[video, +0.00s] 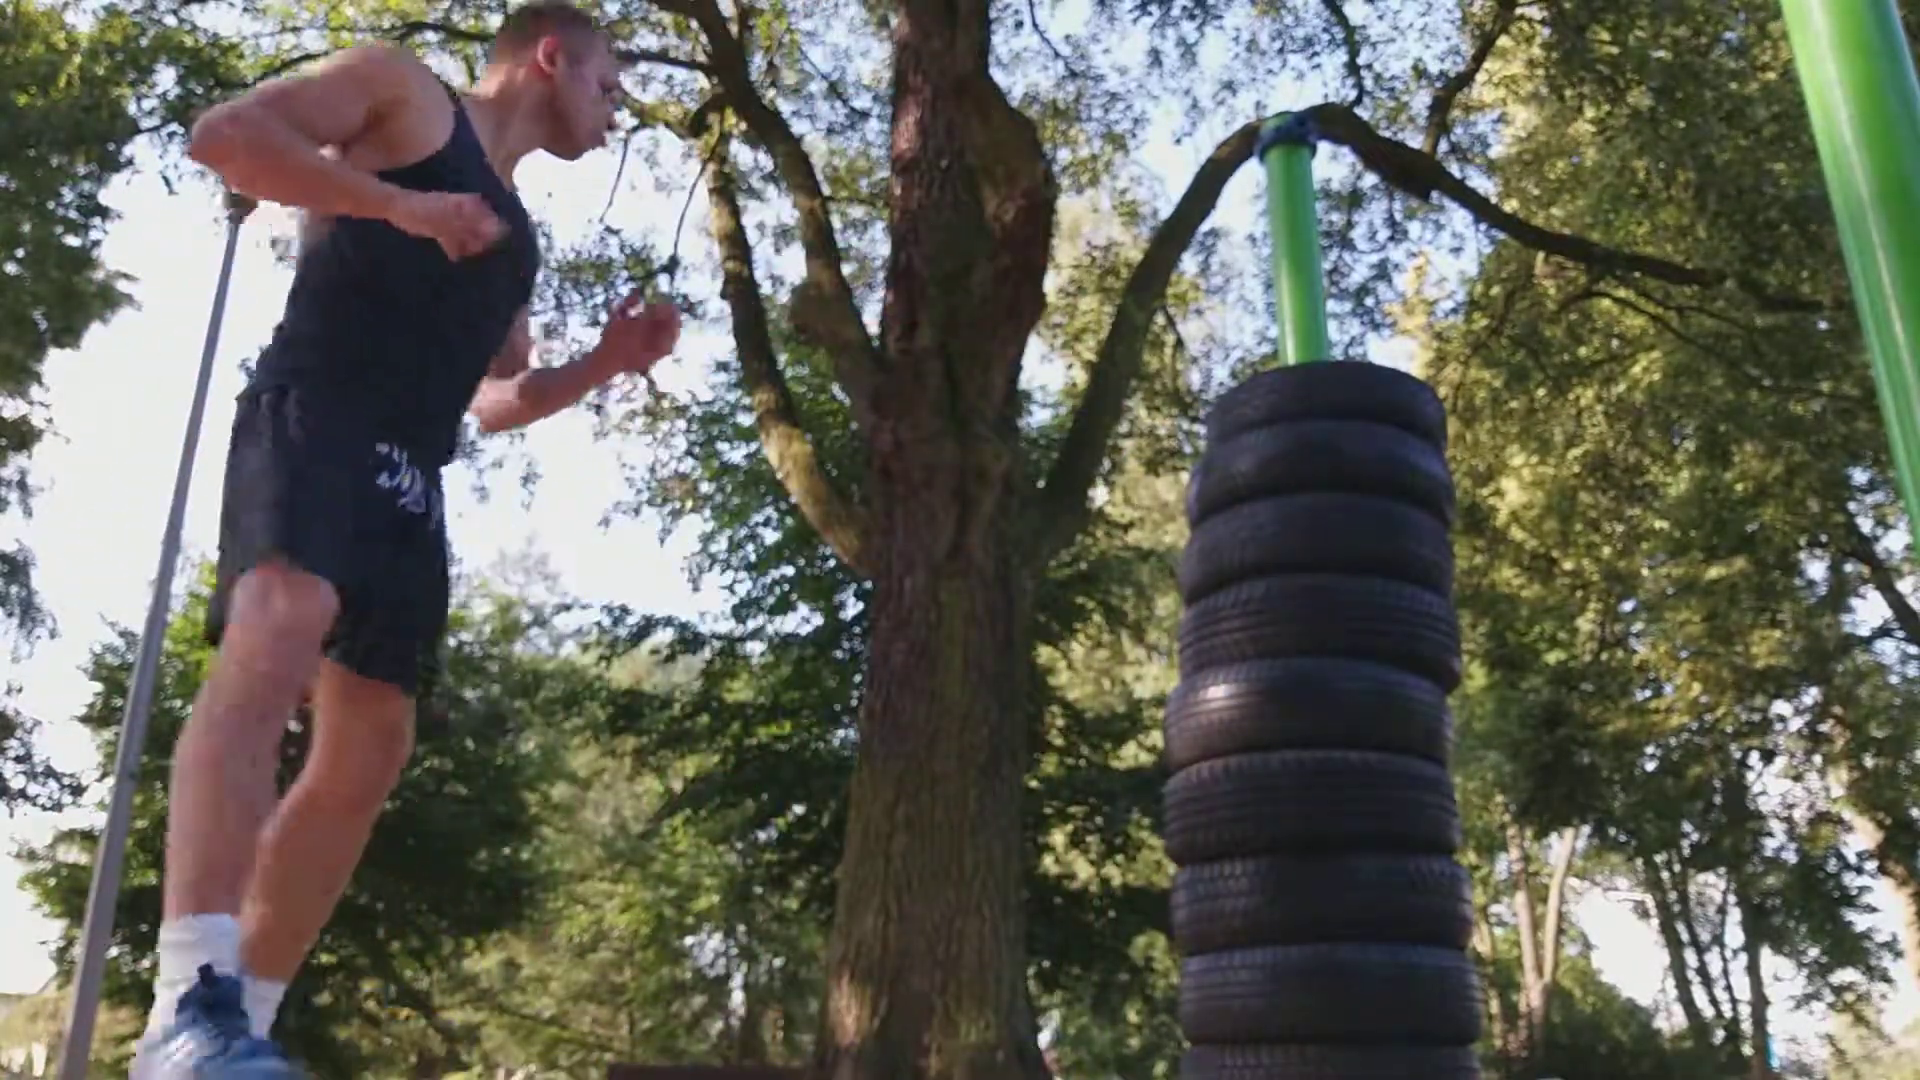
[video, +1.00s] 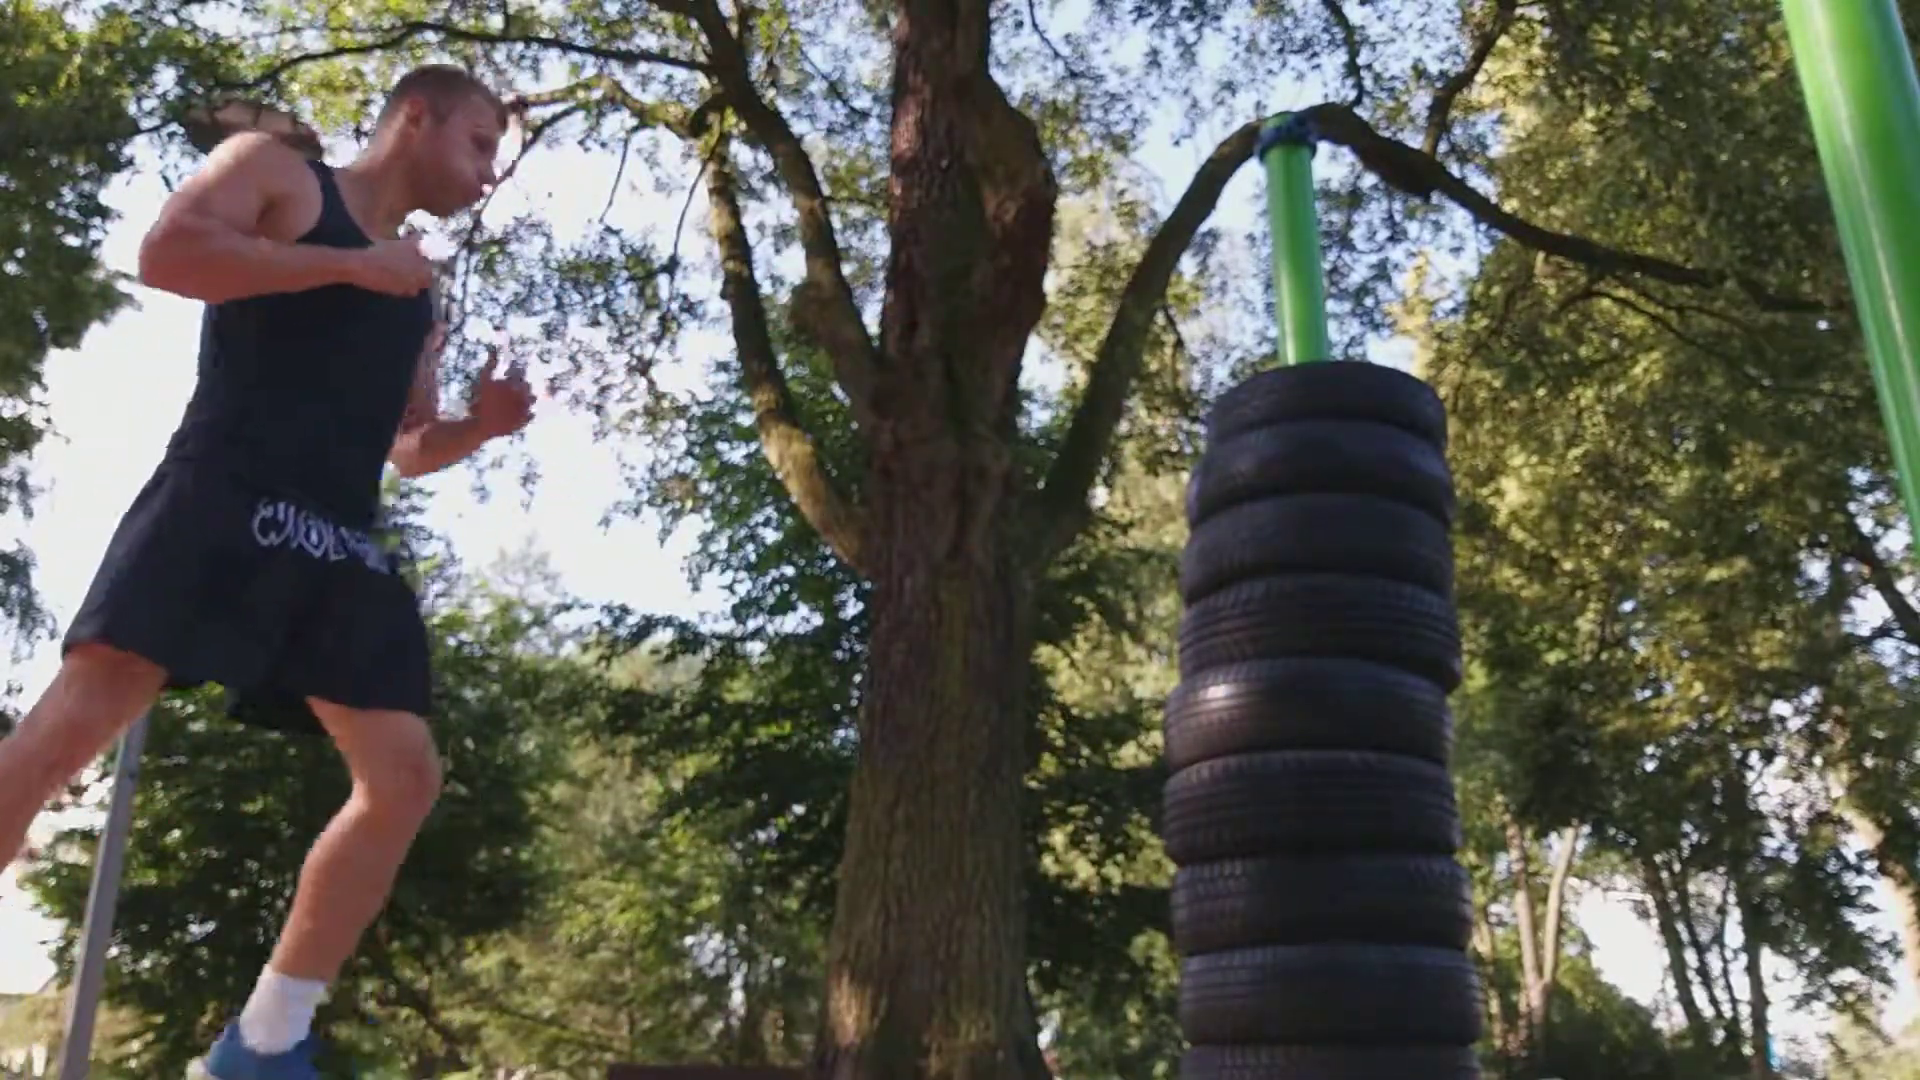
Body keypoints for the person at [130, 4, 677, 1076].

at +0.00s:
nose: (620, 99)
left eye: (622, 83)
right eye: (610, 73)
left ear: (553, 70)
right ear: (549, 58)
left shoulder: (517, 243)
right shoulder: (402, 84)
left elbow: (495, 398)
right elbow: (227, 135)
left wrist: (602, 362)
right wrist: (401, 202)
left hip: (410, 477)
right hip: (311, 422)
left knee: (363, 755)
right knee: (272, 648)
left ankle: (239, 1029)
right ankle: (190, 1008)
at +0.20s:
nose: (538, 101)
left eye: (544, 84)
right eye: (532, 72)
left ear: (476, 59)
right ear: (469, 44)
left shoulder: (430, 196)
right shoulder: (348, 65)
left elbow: (370, 380)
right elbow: (221, 115)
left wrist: (485, 367)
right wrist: (402, 186)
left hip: (349, 475)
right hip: (243, 430)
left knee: (357, 736)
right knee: (148, 681)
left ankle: (222, 1026)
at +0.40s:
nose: (506, 154)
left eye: (512, 136)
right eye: (500, 125)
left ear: (435, 114)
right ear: (433, 99)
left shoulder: (401, 247)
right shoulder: (299, 129)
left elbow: (339, 419)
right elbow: (214, 243)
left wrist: (452, 416)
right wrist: (403, 266)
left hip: (327, 534)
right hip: (222, 504)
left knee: (414, 755)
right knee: (87, 721)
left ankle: (262, 1005)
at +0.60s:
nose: (533, 180)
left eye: (539, 161)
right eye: (527, 153)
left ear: (475, 141)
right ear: (463, 127)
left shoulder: (438, 271)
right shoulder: (341, 164)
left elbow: (401, 438)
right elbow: (276, 275)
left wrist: (509, 423)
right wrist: (445, 307)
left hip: (397, 550)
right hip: (294, 523)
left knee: (440, 782)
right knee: (178, 750)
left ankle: (409, 1053)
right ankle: (8, 988)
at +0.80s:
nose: (533, 192)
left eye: (539, 175)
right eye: (527, 166)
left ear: (476, 154)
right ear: (460, 139)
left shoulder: (449, 294)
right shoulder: (333, 194)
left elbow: (413, 446)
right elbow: (247, 316)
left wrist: (515, 457)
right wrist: (417, 328)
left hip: (400, 563)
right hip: (291, 531)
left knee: (419, 790)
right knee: (157, 735)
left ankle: (401, 1056)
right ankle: (4, 976)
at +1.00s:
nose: (490, 170)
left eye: (497, 155)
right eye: (481, 142)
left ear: (427, 133)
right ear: (416, 118)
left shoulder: (418, 288)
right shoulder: (279, 162)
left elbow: (409, 448)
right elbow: (167, 255)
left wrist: (479, 424)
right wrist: (352, 263)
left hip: (339, 549)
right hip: (213, 511)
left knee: (401, 784)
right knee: (63, 736)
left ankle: (263, 1041)